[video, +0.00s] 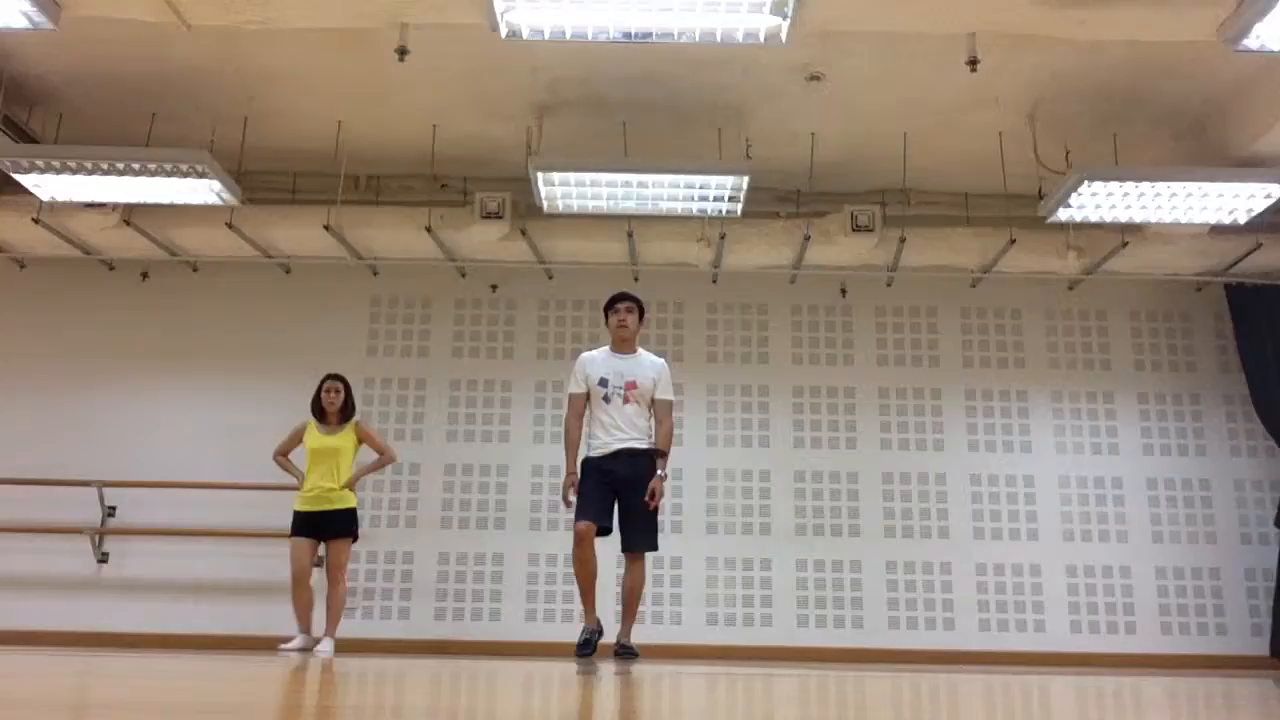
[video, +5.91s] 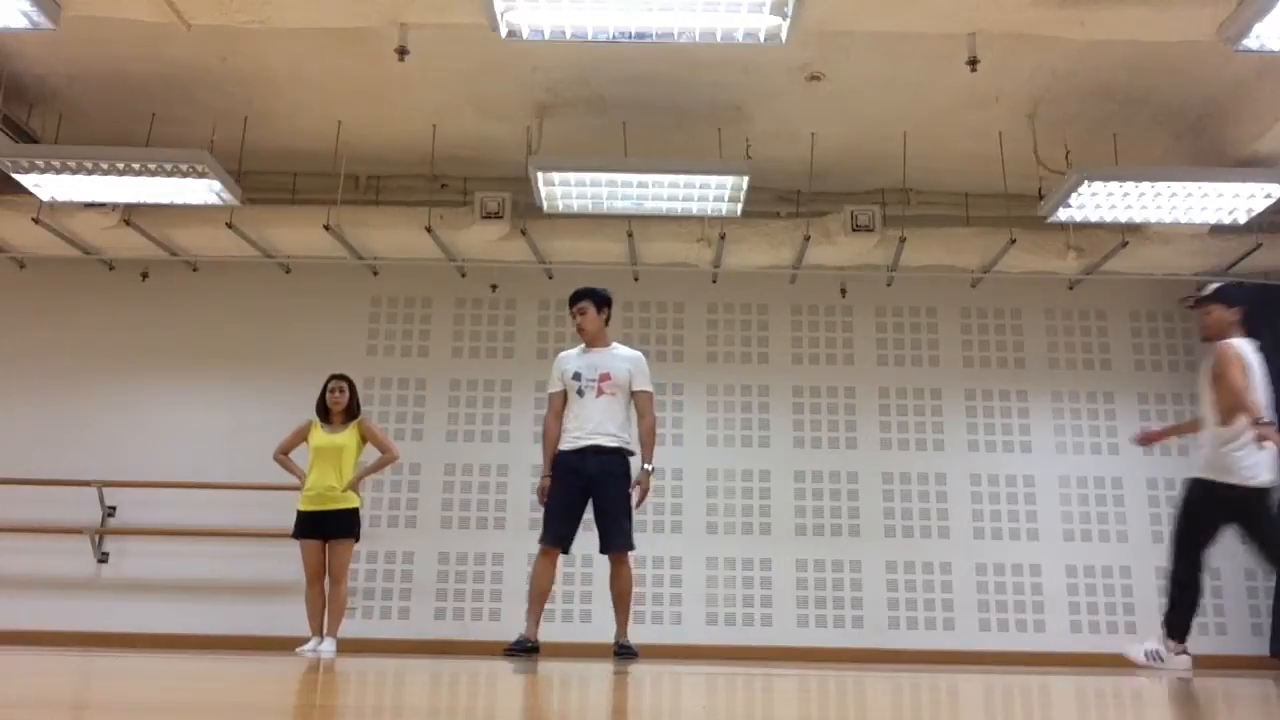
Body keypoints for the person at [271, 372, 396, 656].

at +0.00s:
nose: (331, 396)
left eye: (337, 391)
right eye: (327, 391)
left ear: (346, 397)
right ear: (319, 396)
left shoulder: (356, 428)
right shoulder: (308, 428)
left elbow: (390, 455)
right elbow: (278, 455)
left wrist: (357, 476)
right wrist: (300, 476)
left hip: (340, 506)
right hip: (307, 506)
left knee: (336, 575)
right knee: (299, 572)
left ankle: (328, 638)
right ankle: (304, 635)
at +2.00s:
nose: (328, 395)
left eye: (334, 391)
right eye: (323, 391)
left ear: (341, 397)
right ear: (315, 395)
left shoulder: (350, 427)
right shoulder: (301, 428)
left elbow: (383, 455)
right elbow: (268, 455)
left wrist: (350, 477)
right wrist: (292, 475)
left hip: (333, 506)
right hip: (300, 505)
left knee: (330, 576)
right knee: (300, 577)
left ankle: (333, 636)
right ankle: (302, 637)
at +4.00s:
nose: (341, 396)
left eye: (346, 393)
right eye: (335, 392)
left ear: (352, 399)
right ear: (325, 396)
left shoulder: (358, 428)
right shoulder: (311, 428)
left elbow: (393, 455)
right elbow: (278, 455)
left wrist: (360, 479)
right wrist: (301, 476)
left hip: (342, 506)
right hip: (310, 505)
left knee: (336, 575)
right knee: (312, 575)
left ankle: (333, 638)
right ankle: (315, 637)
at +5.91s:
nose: (336, 395)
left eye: (342, 391)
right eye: (331, 391)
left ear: (351, 397)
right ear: (324, 396)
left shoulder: (360, 426)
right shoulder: (312, 427)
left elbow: (392, 454)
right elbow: (279, 454)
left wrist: (359, 477)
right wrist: (301, 476)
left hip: (343, 507)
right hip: (310, 506)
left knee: (338, 577)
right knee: (313, 578)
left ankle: (331, 638)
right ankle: (315, 637)